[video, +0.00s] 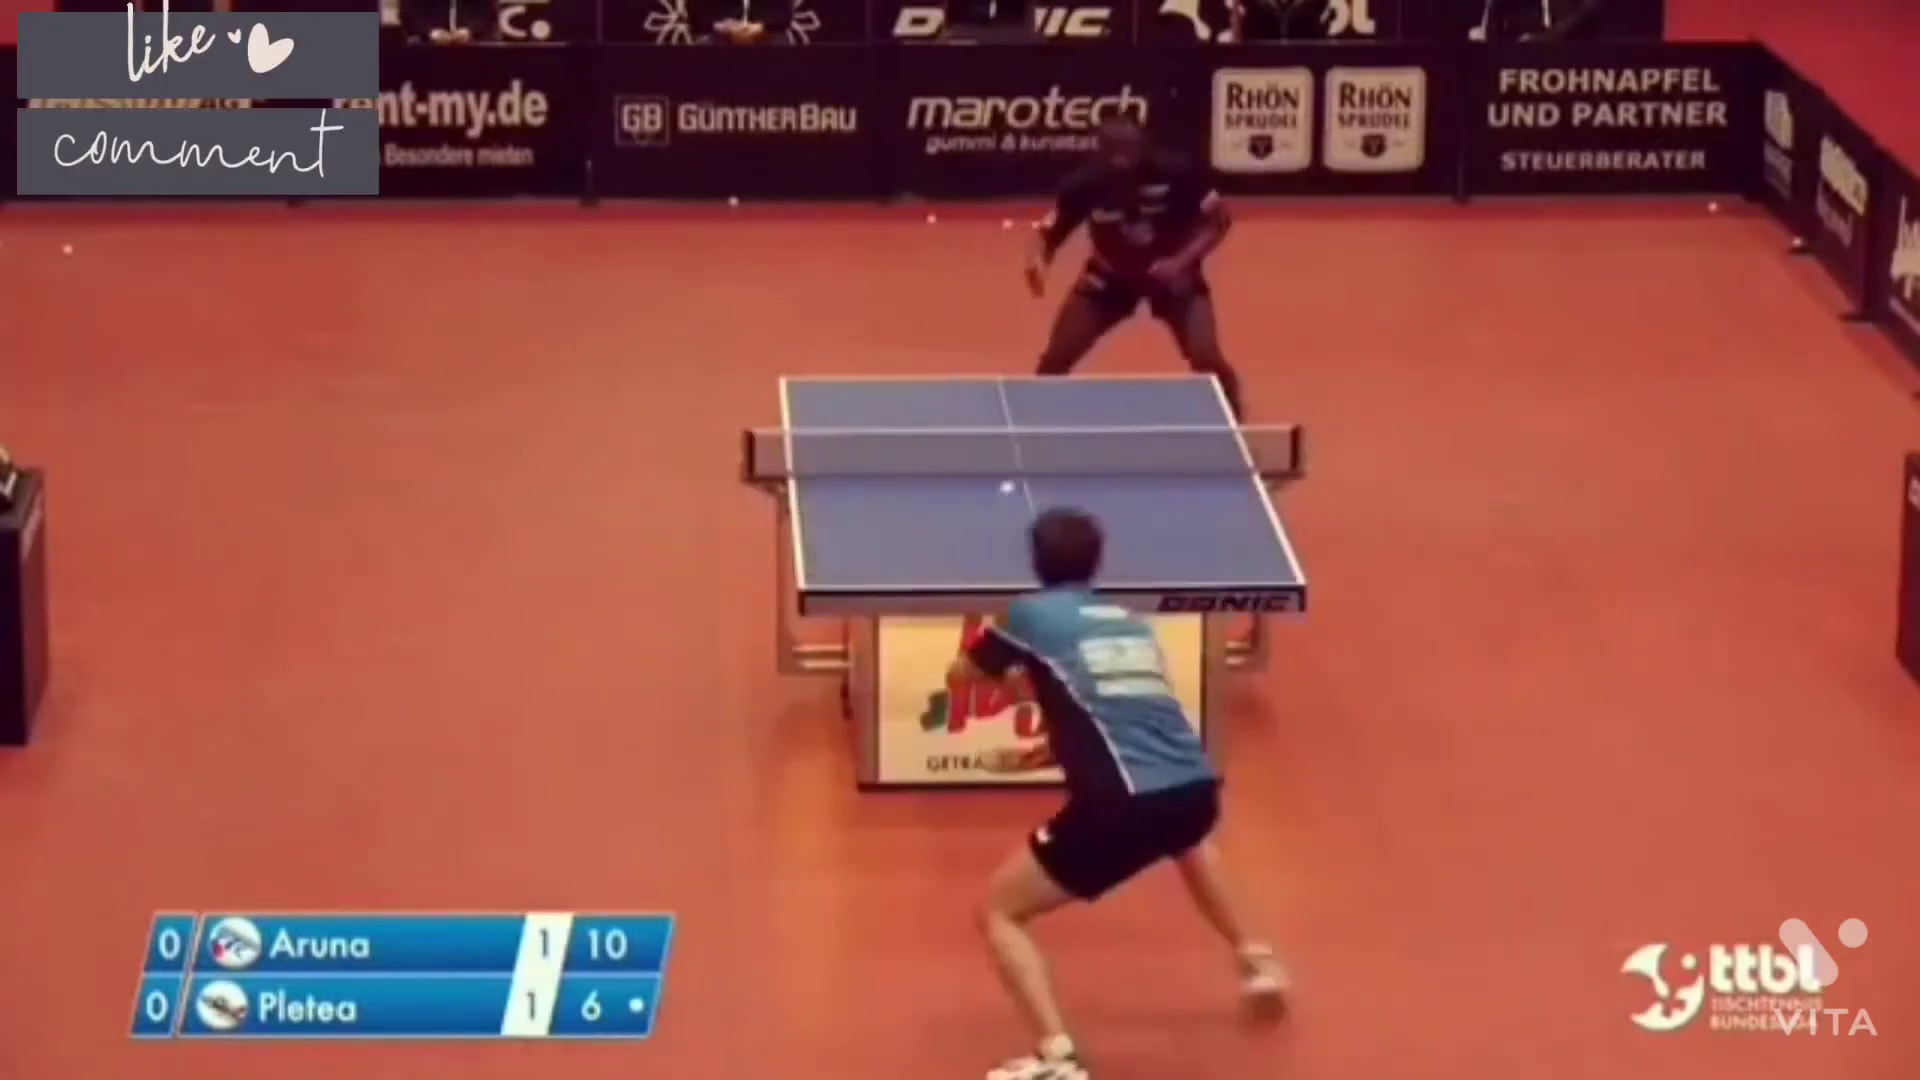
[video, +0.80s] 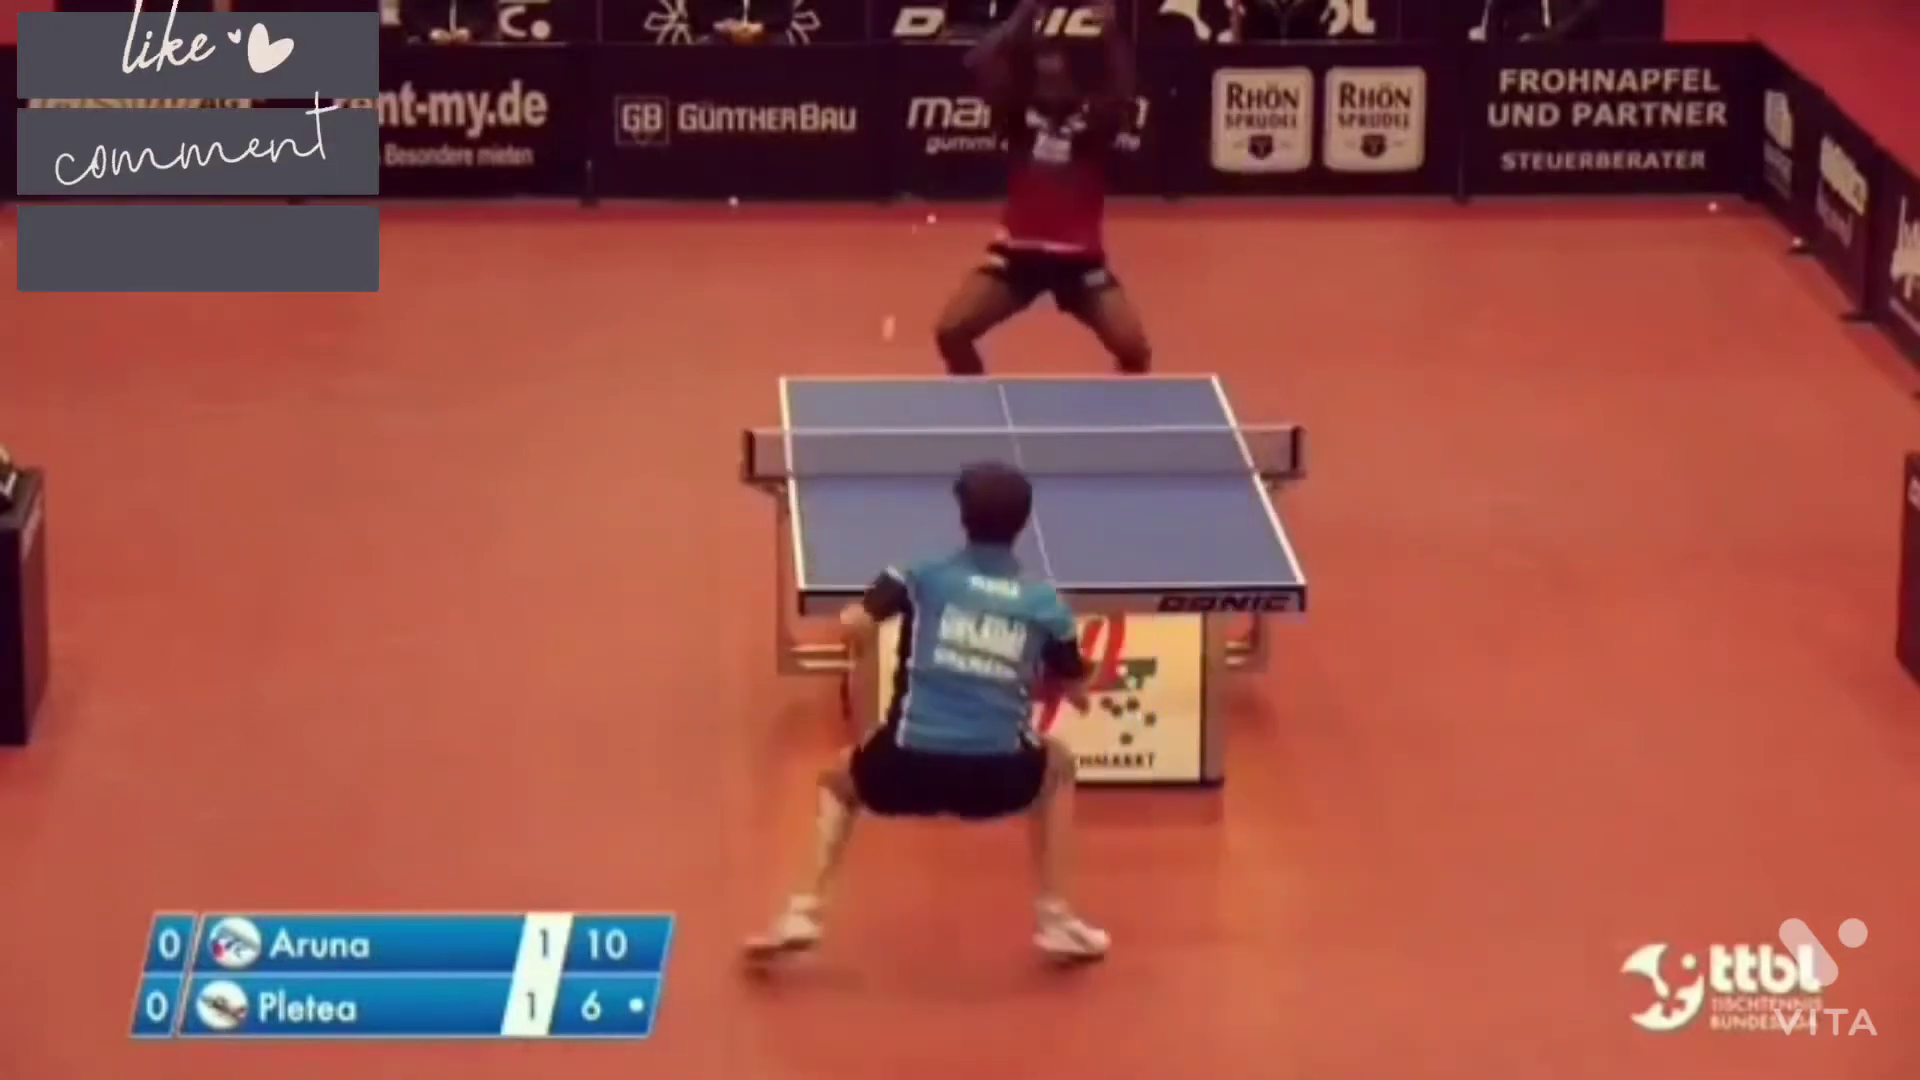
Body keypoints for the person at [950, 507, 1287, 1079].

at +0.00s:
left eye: (1038, 553)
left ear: (1037, 562)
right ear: (1096, 562)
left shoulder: (1030, 615)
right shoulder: (1128, 621)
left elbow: (963, 674)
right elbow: (1121, 718)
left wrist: (1000, 654)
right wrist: (1036, 752)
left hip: (1121, 808)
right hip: (1196, 797)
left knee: (998, 910)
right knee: (1189, 844)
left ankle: (1056, 1050)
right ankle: (1252, 955)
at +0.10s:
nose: (994, 563)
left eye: (997, 554)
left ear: (999, 560)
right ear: (1057, 558)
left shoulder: (1001, 610)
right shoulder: (1091, 607)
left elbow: (938, 659)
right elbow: (1086, 697)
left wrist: (978, 629)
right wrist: (1030, 756)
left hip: (1105, 795)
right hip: (1175, 780)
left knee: (990, 909)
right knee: (1137, 835)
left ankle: (1056, 1048)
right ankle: (1167, 948)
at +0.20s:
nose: (967, 544)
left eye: (968, 536)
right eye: (969, 534)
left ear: (979, 541)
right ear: (1032, 529)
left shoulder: (997, 590)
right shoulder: (1079, 578)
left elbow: (918, 637)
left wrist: (846, 640)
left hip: (1064, 780)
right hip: (1125, 776)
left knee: (954, 894)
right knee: (1064, 828)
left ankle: (1046, 1025)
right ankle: (1053, 937)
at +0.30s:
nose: (966, 544)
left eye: (968, 537)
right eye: (965, 534)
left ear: (978, 544)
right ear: (1034, 532)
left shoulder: (995, 597)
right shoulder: (1085, 594)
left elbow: (926, 636)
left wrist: (842, 663)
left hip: (1037, 791)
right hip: (1098, 793)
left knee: (900, 860)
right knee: (1016, 827)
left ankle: (1008, 971)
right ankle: (1016, 943)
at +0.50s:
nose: (928, 620)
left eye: (930, 611)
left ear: (936, 623)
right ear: (990, 618)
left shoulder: (949, 664)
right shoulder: (1031, 680)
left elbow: (938, 704)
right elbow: (1090, 746)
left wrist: (881, 744)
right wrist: (1093, 718)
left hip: (982, 869)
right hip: (1049, 869)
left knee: (839, 816)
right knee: (979, 807)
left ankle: (907, 953)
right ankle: (1006, 930)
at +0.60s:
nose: (930, 629)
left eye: (931, 621)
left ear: (933, 631)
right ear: (989, 631)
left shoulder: (925, 692)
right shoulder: (1025, 701)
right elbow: (1065, 767)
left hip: (960, 886)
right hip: (1032, 881)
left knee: (831, 817)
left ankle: (905, 946)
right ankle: (1008, 929)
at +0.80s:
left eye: (963, 507)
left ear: (964, 516)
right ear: (1023, 523)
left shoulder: (923, 576)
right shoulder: (1043, 603)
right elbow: (1074, 682)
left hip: (906, 774)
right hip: (994, 781)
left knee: (840, 788)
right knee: (1057, 763)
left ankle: (804, 911)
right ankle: (1055, 917)